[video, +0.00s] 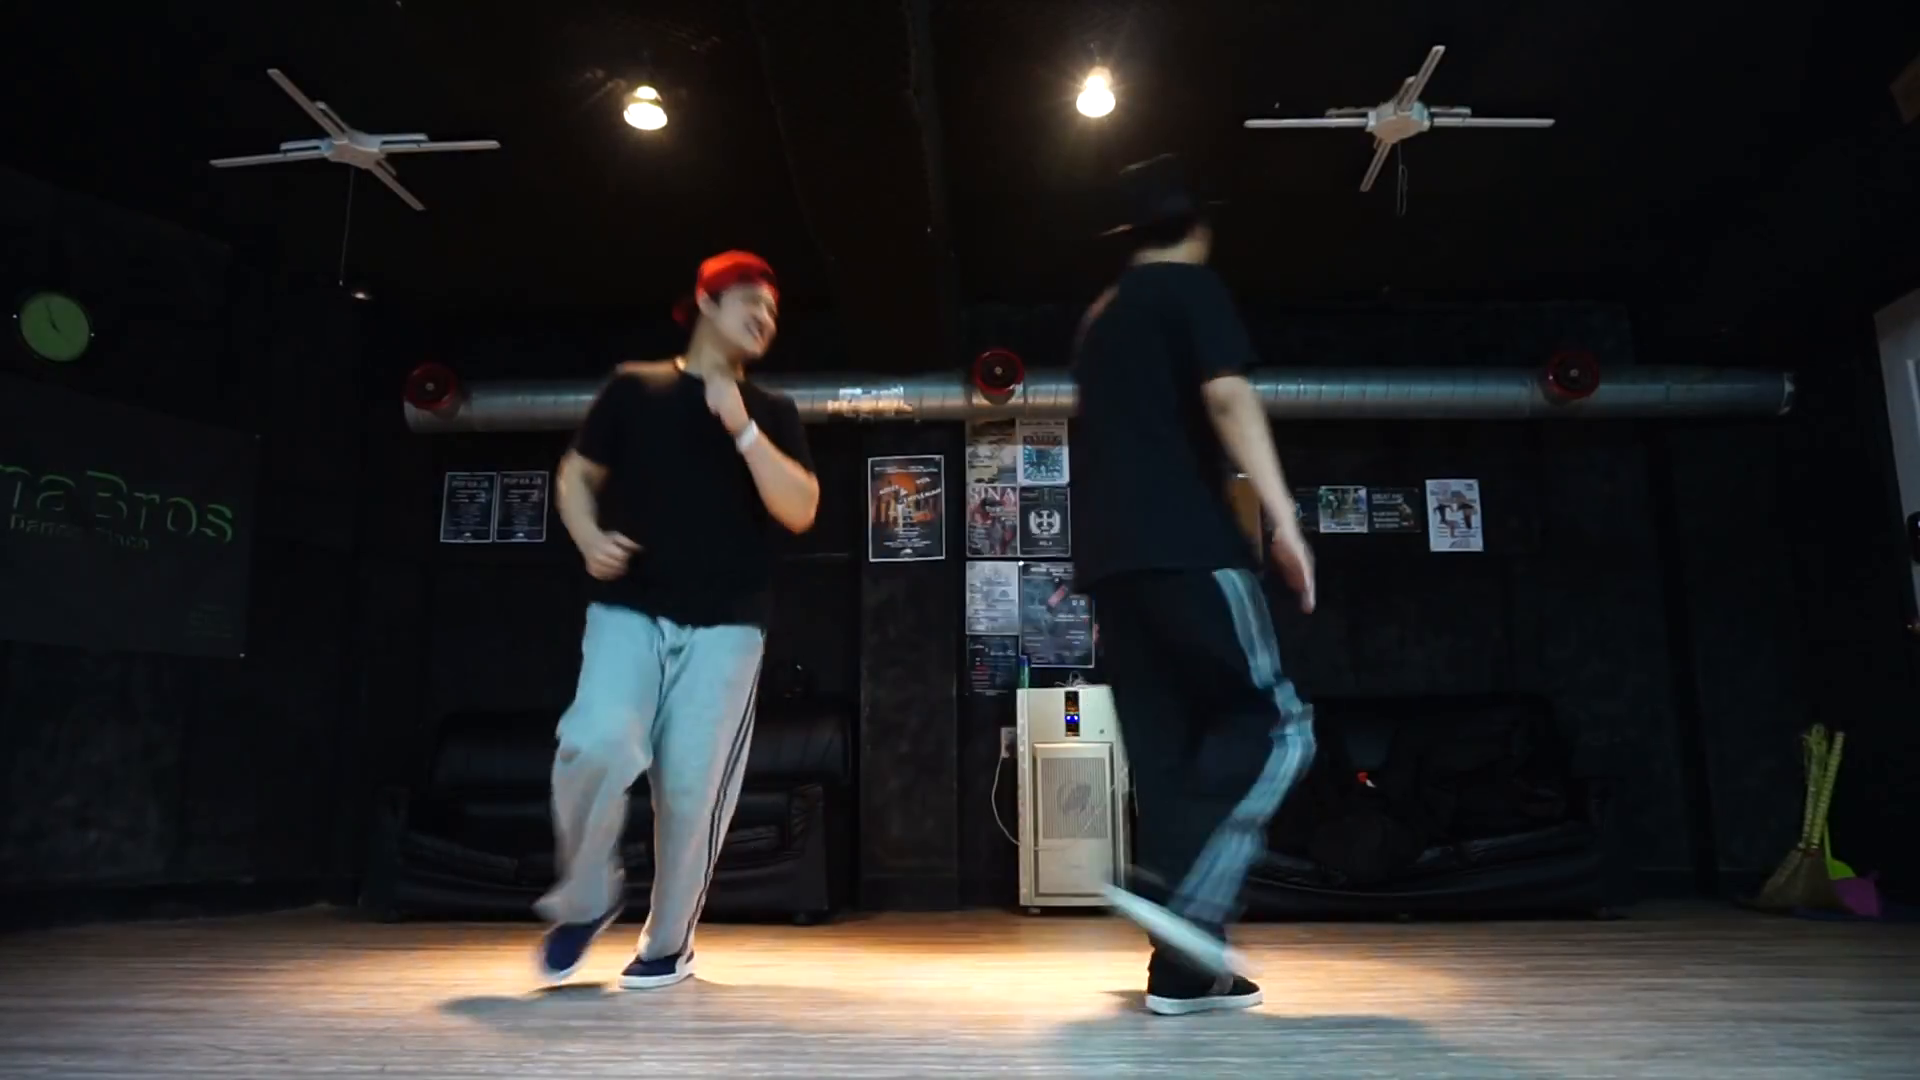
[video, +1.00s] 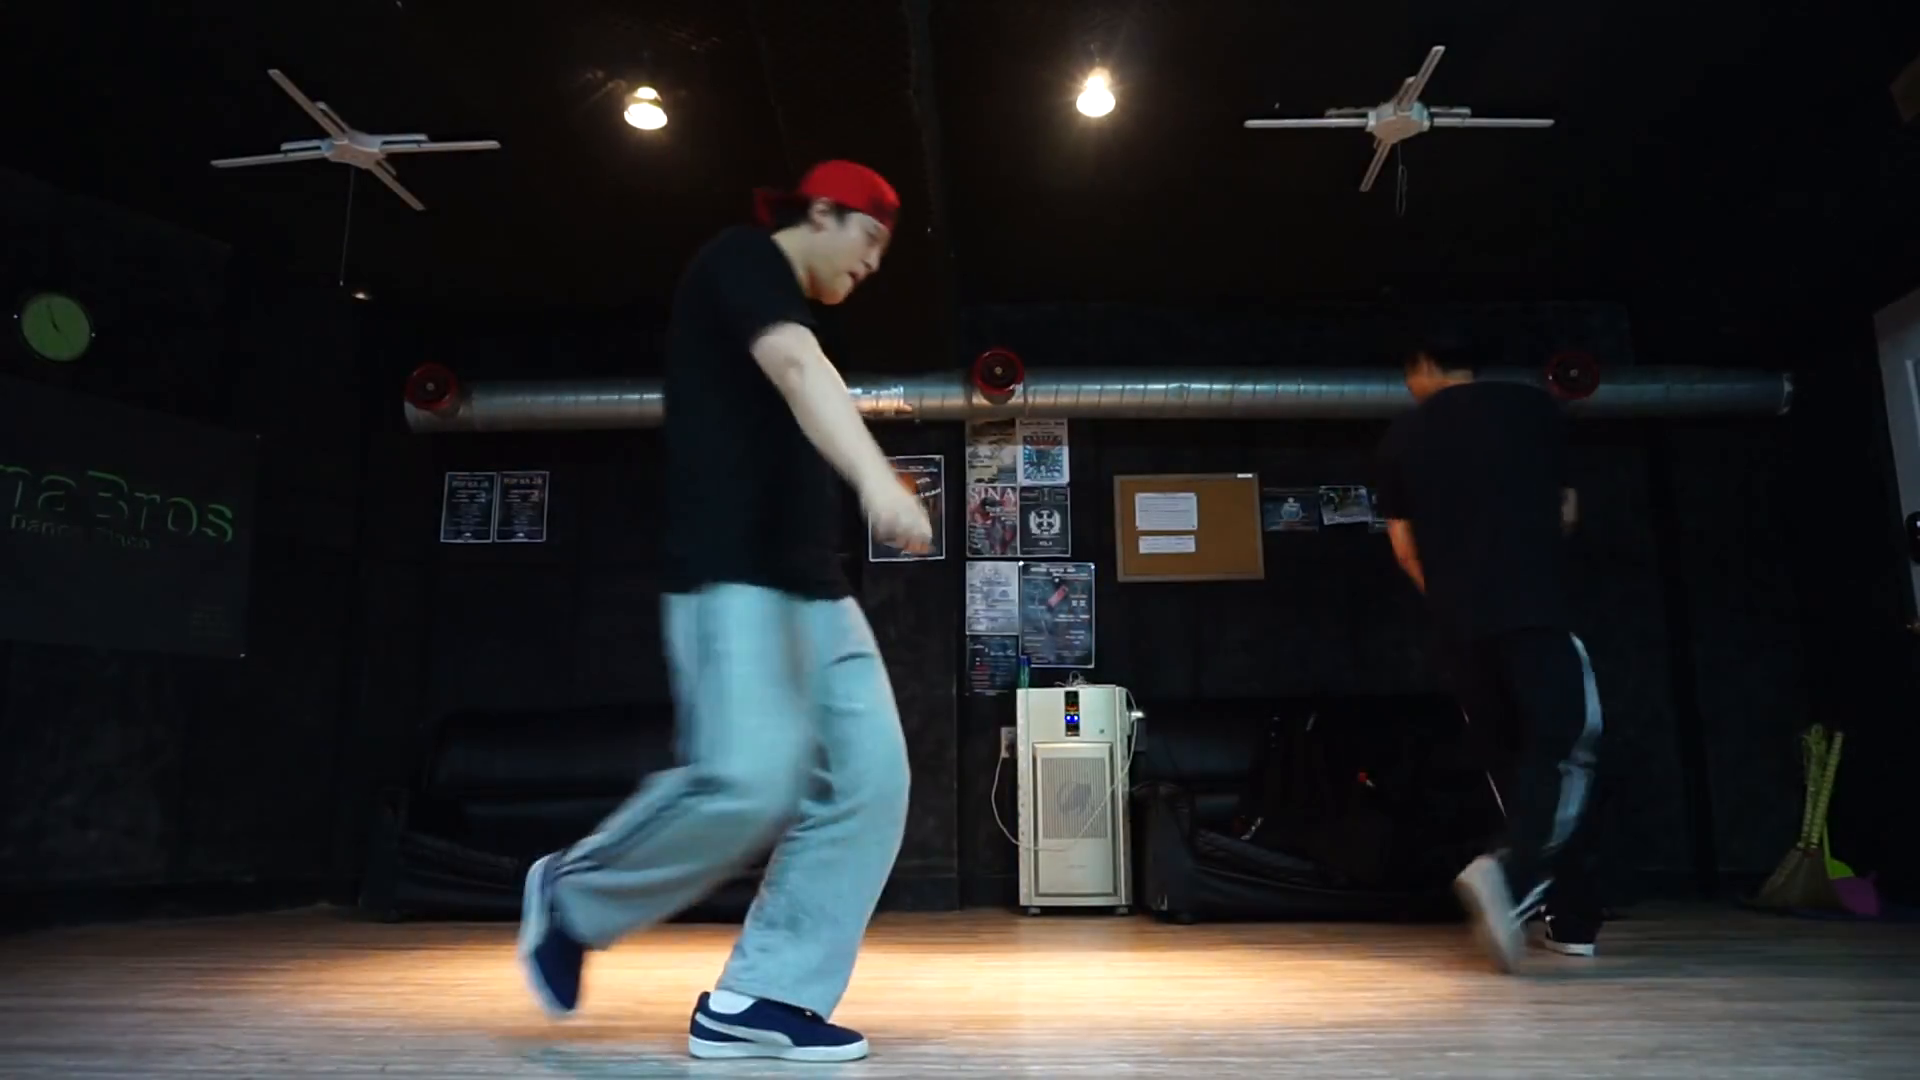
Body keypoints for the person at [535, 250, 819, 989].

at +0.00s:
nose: (764, 319)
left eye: (770, 312)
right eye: (750, 304)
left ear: (770, 328)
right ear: (706, 304)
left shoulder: (771, 412)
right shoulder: (633, 389)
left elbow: (801, 511)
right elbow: (575, 477)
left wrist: (746, 432)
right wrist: (590, 536)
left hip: (726, 618)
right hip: (628, 606)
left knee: (691, 785)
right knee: (599, 747)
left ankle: (668, 944)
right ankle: (583, 901)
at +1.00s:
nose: (870, 266)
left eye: (877, 253)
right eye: (868, 244)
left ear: (838, 232)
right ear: (823, 216)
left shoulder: (793, 317)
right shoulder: (741, 259)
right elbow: (798, 367)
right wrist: (878, 481)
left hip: (814, 589)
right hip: (729, 583)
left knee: (867, 788)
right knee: (750, 782)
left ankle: (760, 1001)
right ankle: (569, 900)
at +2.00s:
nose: (1097, 231)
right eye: (1096, 220)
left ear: (1015, 229)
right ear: (1094, 219)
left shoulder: (977, 286)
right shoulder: (1117, 261)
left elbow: (1008, 414)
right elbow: (1196, 391)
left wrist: (1109, 474)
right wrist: (1255, 459)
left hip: (995, 556)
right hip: (1095, 539)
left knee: (1084, 760)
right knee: (1091, 766)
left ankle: (1129, 960)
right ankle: (1054, 996)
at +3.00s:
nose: (1013, 363)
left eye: (1013, 355)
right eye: (1017, 356)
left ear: (1024, 350)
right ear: (1082, 343)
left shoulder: (1013, 390)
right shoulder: (1143, 409)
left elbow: (964, 487)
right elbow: (1172, 523)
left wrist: (988, 415)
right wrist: (1210, 611)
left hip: (1044, 614)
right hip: (1124, 618)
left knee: (1002, 762)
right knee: (1101, 777)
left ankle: (1104, 867)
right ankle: (1110, 944)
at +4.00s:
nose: (826, 402)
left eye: (830, 388)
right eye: (824, 390)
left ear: (861, 378)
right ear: (869, 379)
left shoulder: (875, 430)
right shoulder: (904, 431)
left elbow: (820, 523)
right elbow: (876, 519)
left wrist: (768, 595)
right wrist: (817, 506)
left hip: (883, 636)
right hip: (860, 637)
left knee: (912, 781)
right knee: (817, 770)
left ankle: (998, 924)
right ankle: (821, 925)